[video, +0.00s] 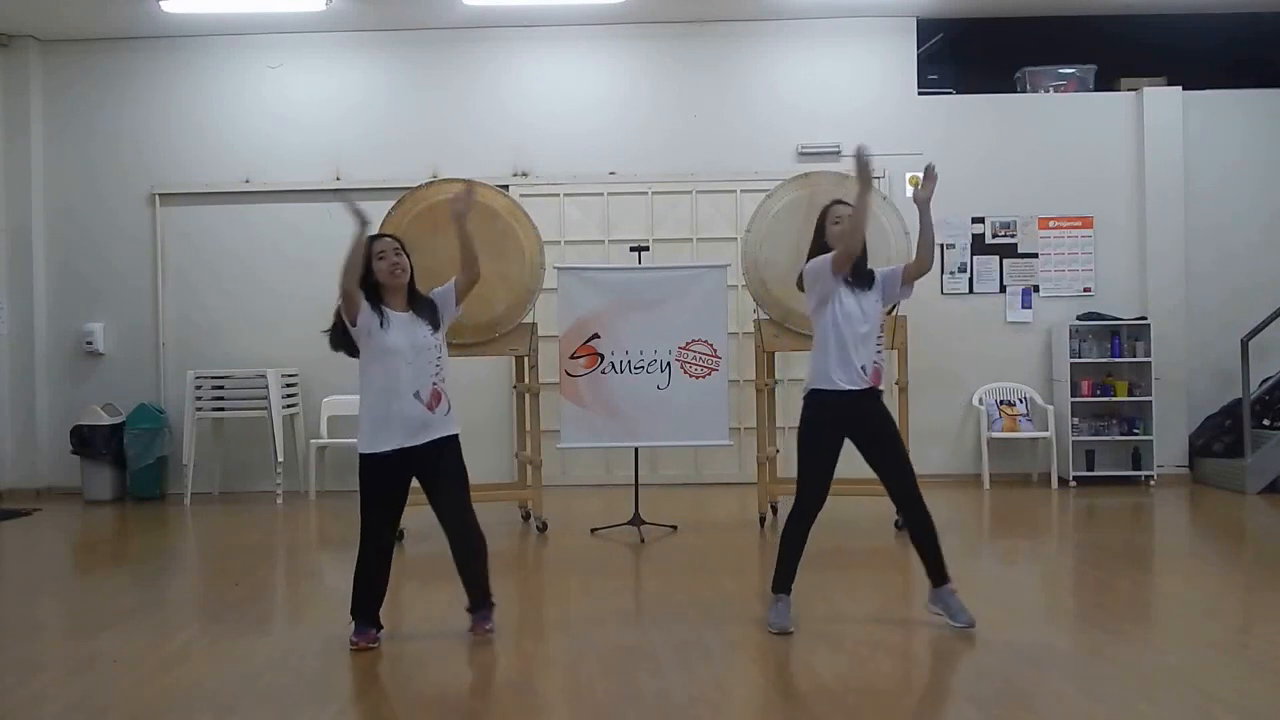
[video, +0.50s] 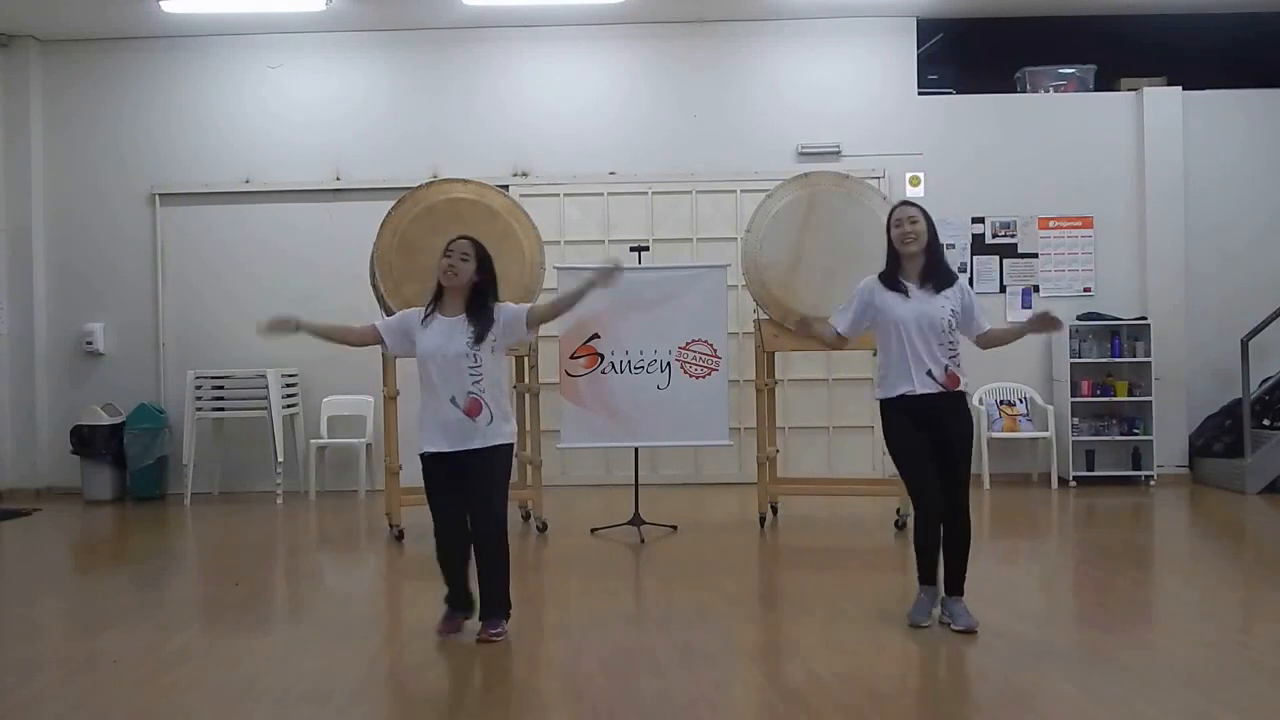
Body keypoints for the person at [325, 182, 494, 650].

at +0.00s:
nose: (392, 259)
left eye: (397, 252)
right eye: (382, 256)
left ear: (410, 264)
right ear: (371, 271)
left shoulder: (434, 310)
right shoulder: (365, 318)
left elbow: (469, 274)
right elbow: (348, 287)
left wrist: (461, 222)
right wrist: (360, 234)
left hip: (437, 438)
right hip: (382, 445)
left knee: (462, 526)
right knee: (375, 537)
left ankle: (481, 608)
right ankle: (366, 622)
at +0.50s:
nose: (451, 262)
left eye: (462, 258)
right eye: (447, 256)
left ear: (478, 274)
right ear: (437, 267)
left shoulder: (495, 316)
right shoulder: (416, 320)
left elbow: (548, 310)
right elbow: (358, 334)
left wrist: (590, 284)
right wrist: (304, 326)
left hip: (490, 444)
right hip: (437, 447)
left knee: (489, 531)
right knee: (448, 534)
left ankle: (495, 616)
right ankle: (459, 605)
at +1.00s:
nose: (437, 262)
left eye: (447, 260)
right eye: (436, 256)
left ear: (464, 276)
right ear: (427, 266)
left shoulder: (471, 318)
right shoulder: (406, 313)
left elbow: (473, 279)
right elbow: (374, 283)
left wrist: (454, 237)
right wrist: (385, 237)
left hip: (460, 443)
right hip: (408, 443)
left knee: (471, 530)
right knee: (385, 530)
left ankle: (492, 615)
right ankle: (367, 614)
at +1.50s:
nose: (388, 263)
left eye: (396, 257)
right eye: (379, 257)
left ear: (407, 269)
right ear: (365, 269)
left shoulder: (427, 317)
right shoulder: (346, 321)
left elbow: (482, 316)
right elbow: (285, 335)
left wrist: (533, 294)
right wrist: (227, 323)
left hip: (411, 446)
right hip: (357, 448)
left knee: (403, 534)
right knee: (360, 536)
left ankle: (397, 614)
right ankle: (362, 620)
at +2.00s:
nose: (400, 262)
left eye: (402, 256)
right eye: (389, 258)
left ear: (412, 266)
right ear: (373, 275)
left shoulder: (434, 310)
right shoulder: (366, 320)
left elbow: (469, 281)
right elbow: (377, 293)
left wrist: (449, 236)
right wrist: (402, 248)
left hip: (437, 440)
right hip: (385, 446)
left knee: (458, 527)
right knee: (378, 536)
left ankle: (484, 610)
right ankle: (364, 619)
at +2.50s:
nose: (454, 262)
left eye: (465, 258)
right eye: (449, 255)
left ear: (479, 273)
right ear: (438, 265)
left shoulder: (491, 317)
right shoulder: (413, 317)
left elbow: (543, 314)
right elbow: (356, 336)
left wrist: (580, 285)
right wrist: (307, 322)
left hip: (483, 440)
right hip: (430, 442)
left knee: (481, 527)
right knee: (445, 529)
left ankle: (485, 612)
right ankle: (457, 603)